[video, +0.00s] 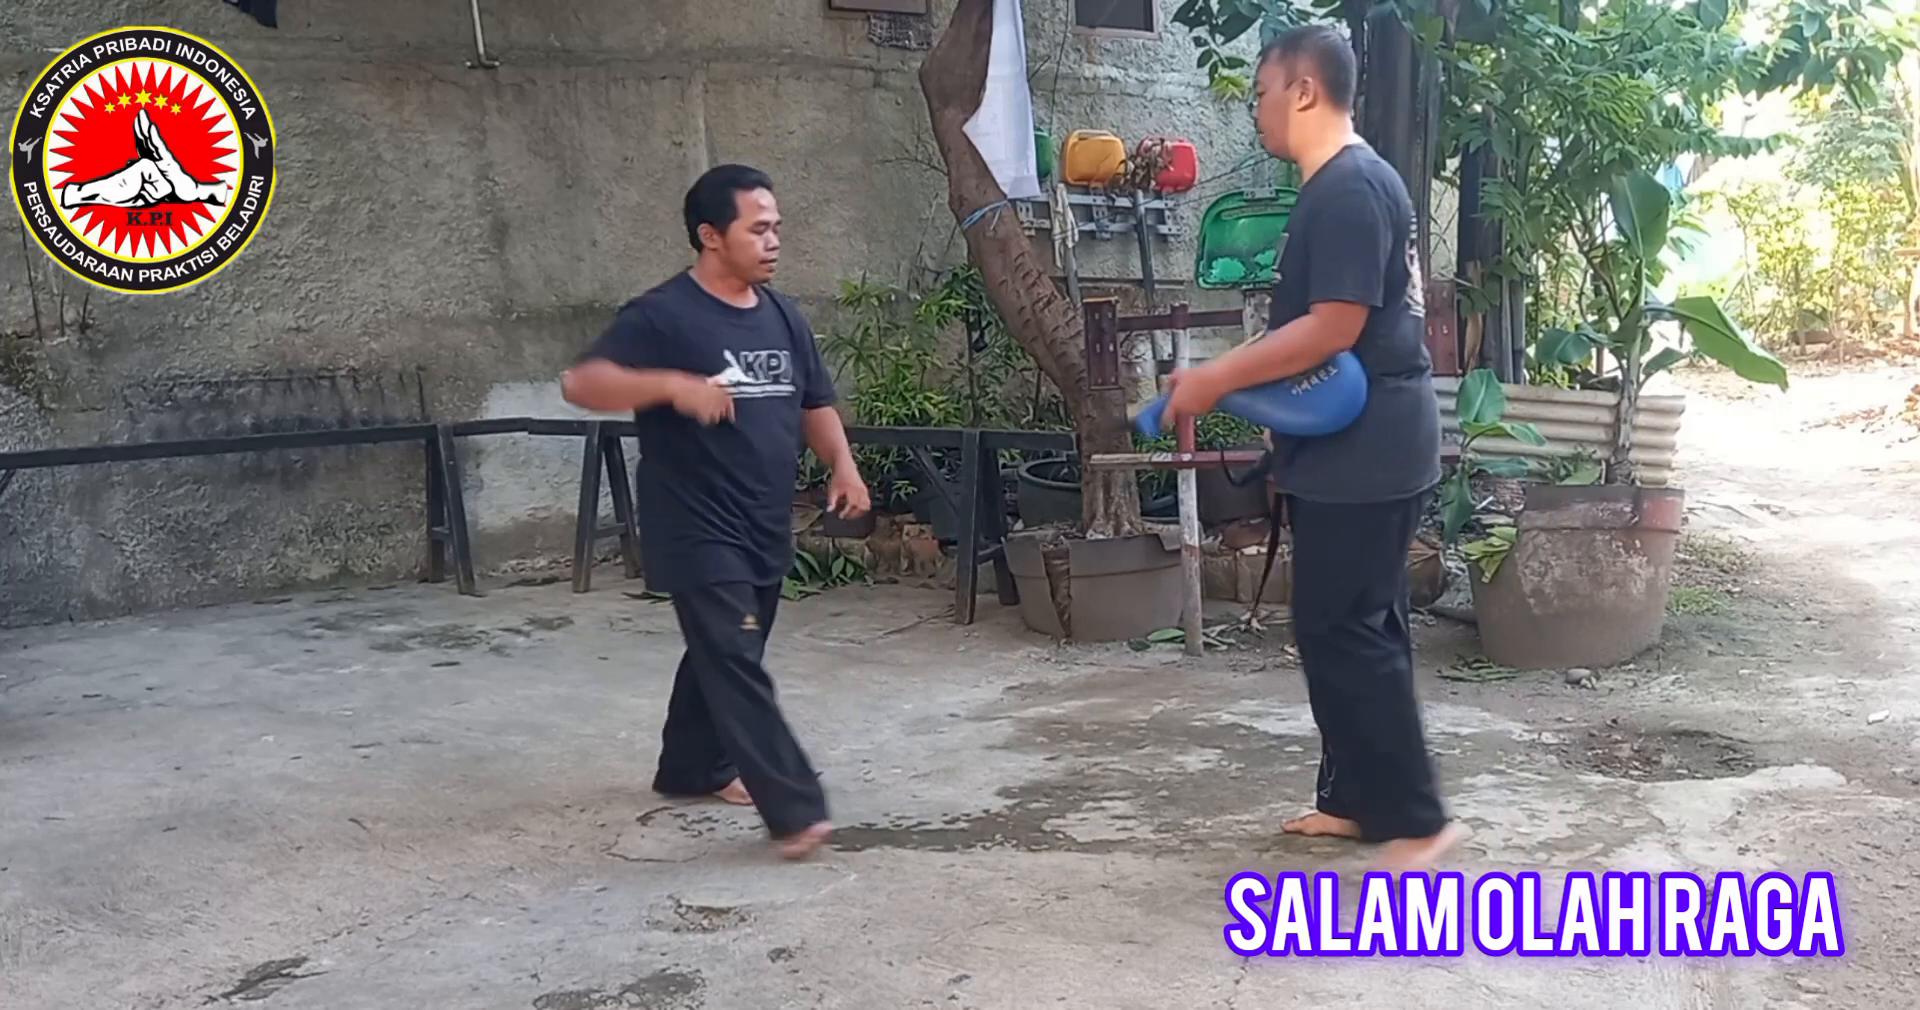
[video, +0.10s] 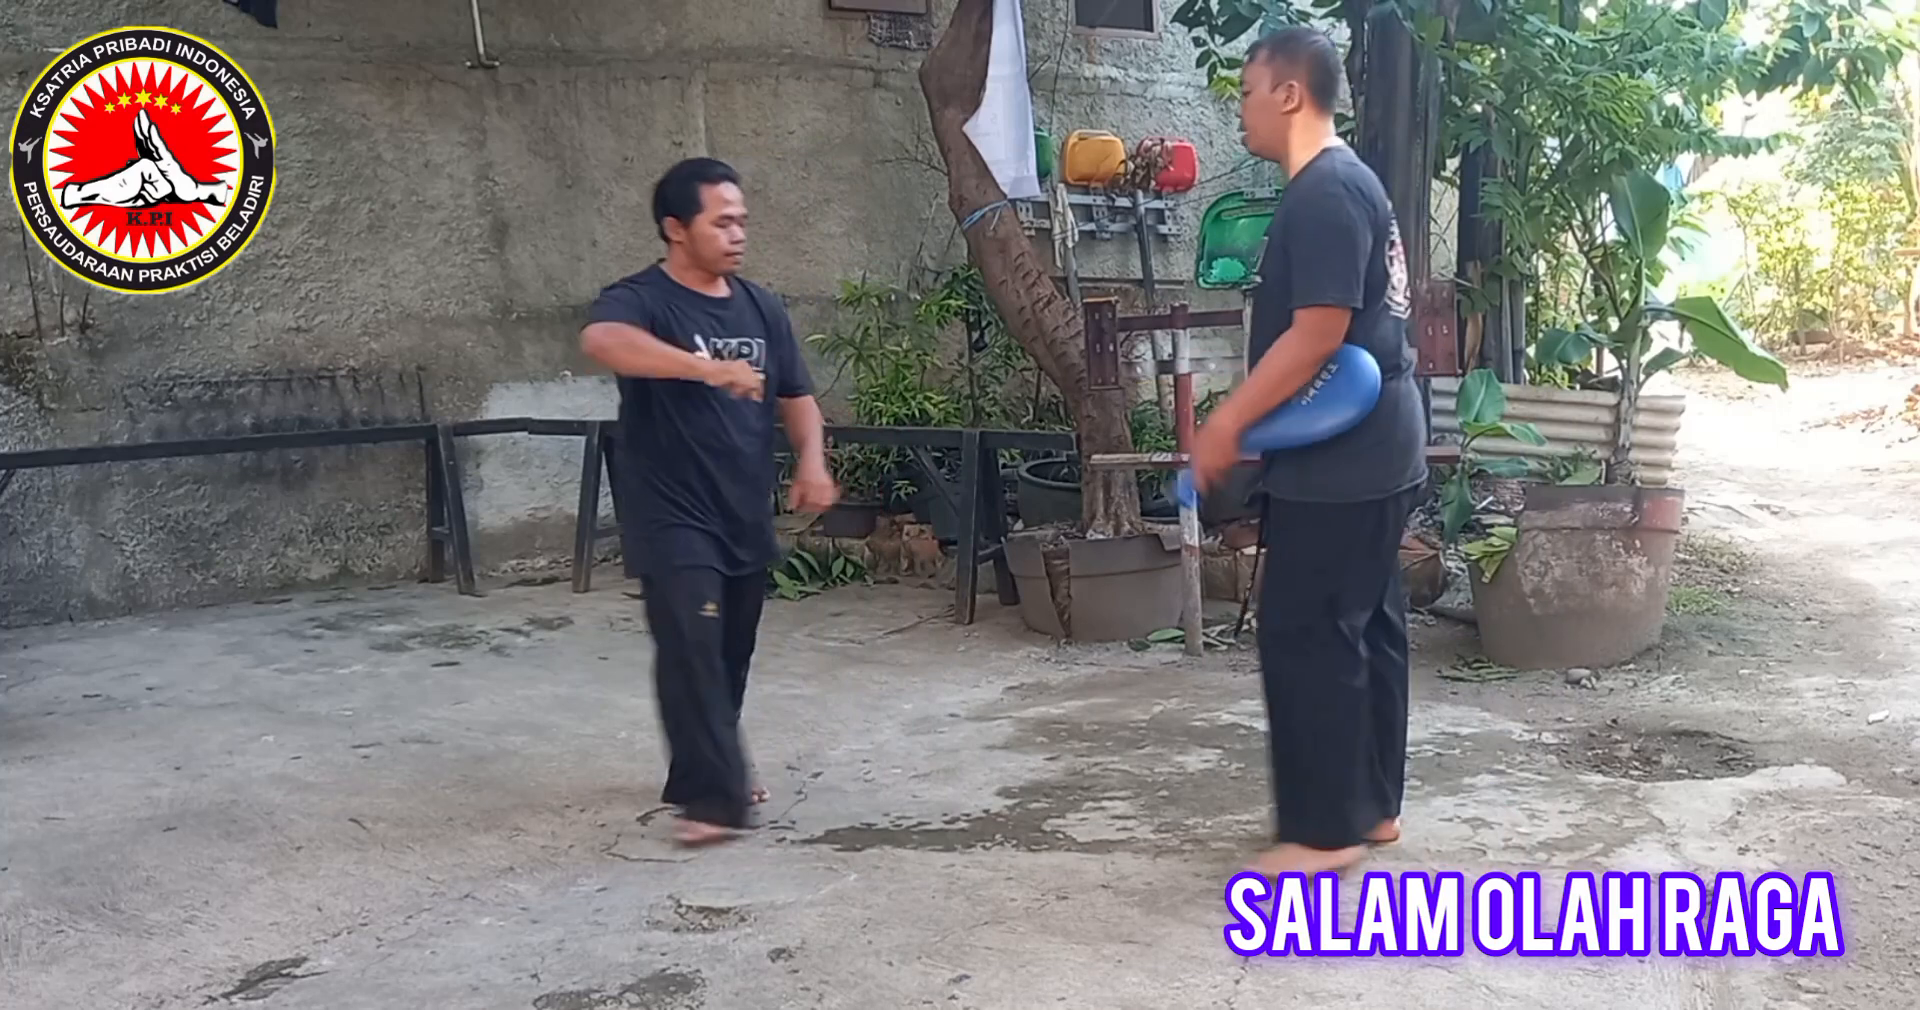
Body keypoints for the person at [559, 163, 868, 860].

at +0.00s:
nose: (775, 238)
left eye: (776, 225)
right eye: (760, 227)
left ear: (772, 229)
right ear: (710, 236)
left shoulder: (783, 314)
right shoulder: (661, 313)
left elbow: (814, 402)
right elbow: (580, 382)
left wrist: (843, 463)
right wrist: (673, 386)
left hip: (766, 523)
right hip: (694, 524)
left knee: (729, 649)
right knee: (731, 654)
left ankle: (690, 769)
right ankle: (795, 811)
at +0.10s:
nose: (740, 232)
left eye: (742, 219)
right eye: (724, 220)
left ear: (743, 225)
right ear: (676, 229)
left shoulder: (762, 307)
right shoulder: (640, 296)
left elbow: (797, 394)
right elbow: (601, 342)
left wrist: (812, 461)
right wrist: (703, 367)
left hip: (745, 513)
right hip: (669, 510)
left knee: (729, 650)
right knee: (691, 642)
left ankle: (706, 774)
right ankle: (708, 799)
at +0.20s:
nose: (696, 222)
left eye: (699, 211)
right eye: (680, 213)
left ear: (704, 217)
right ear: (634, 226)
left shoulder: (727, 301)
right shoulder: (608, 304)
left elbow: (767, 382)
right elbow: (624, 370)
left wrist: (754, 452)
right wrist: (734, 367)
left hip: (713, 504)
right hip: (630, 507)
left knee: (716, 649)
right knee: (626, 644)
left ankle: (706, 774)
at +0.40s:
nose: (630, 242)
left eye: (632, 229)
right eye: (614, 233)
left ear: (635, 229)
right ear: (567, 241)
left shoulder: (656, 310)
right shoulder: (531, 328)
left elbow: (687, 401)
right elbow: (545, 434)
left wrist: (691, 463)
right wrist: (654, 422)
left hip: (647, 518)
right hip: (557, 524)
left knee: (682, 645)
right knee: (539, 648)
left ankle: (705, 773)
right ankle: (532, 756)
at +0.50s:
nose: (596, 259)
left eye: (603, 244)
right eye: (581, 247)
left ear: (610, 238)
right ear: (539, 243)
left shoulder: (631, 309)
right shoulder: (493, 320)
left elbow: (654, 395)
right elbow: (463, 414)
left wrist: (650, 463)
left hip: (618, 509)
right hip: (529, 517)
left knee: (654, 622)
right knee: (527, 644)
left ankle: (674, 754)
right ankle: (532, 759)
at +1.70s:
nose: (613, 247)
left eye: (616, 235)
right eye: (598, 235)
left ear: (620, 242)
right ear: (554, 245)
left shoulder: (636, 323)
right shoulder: (507, 318)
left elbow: (684, 393)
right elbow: (504, 405)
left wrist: (715, 432)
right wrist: (586, 372)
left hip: (613, 503)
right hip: (520, 502)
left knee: (650, 619)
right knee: (486, 613)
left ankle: (666, 751)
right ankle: (476, 726)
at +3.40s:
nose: (587, 260)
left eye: (589, 252)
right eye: (570, 251)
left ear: (598, 265)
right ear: (530, 270)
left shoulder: (637, 339)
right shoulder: (515, 351)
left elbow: (704, 390)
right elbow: (555, 405)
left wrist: (752, 398)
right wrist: (596, 323)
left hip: (646, 524)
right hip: (552, 531)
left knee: (710, 614)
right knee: (500, 637)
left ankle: (707, 761)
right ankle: (487, 743)